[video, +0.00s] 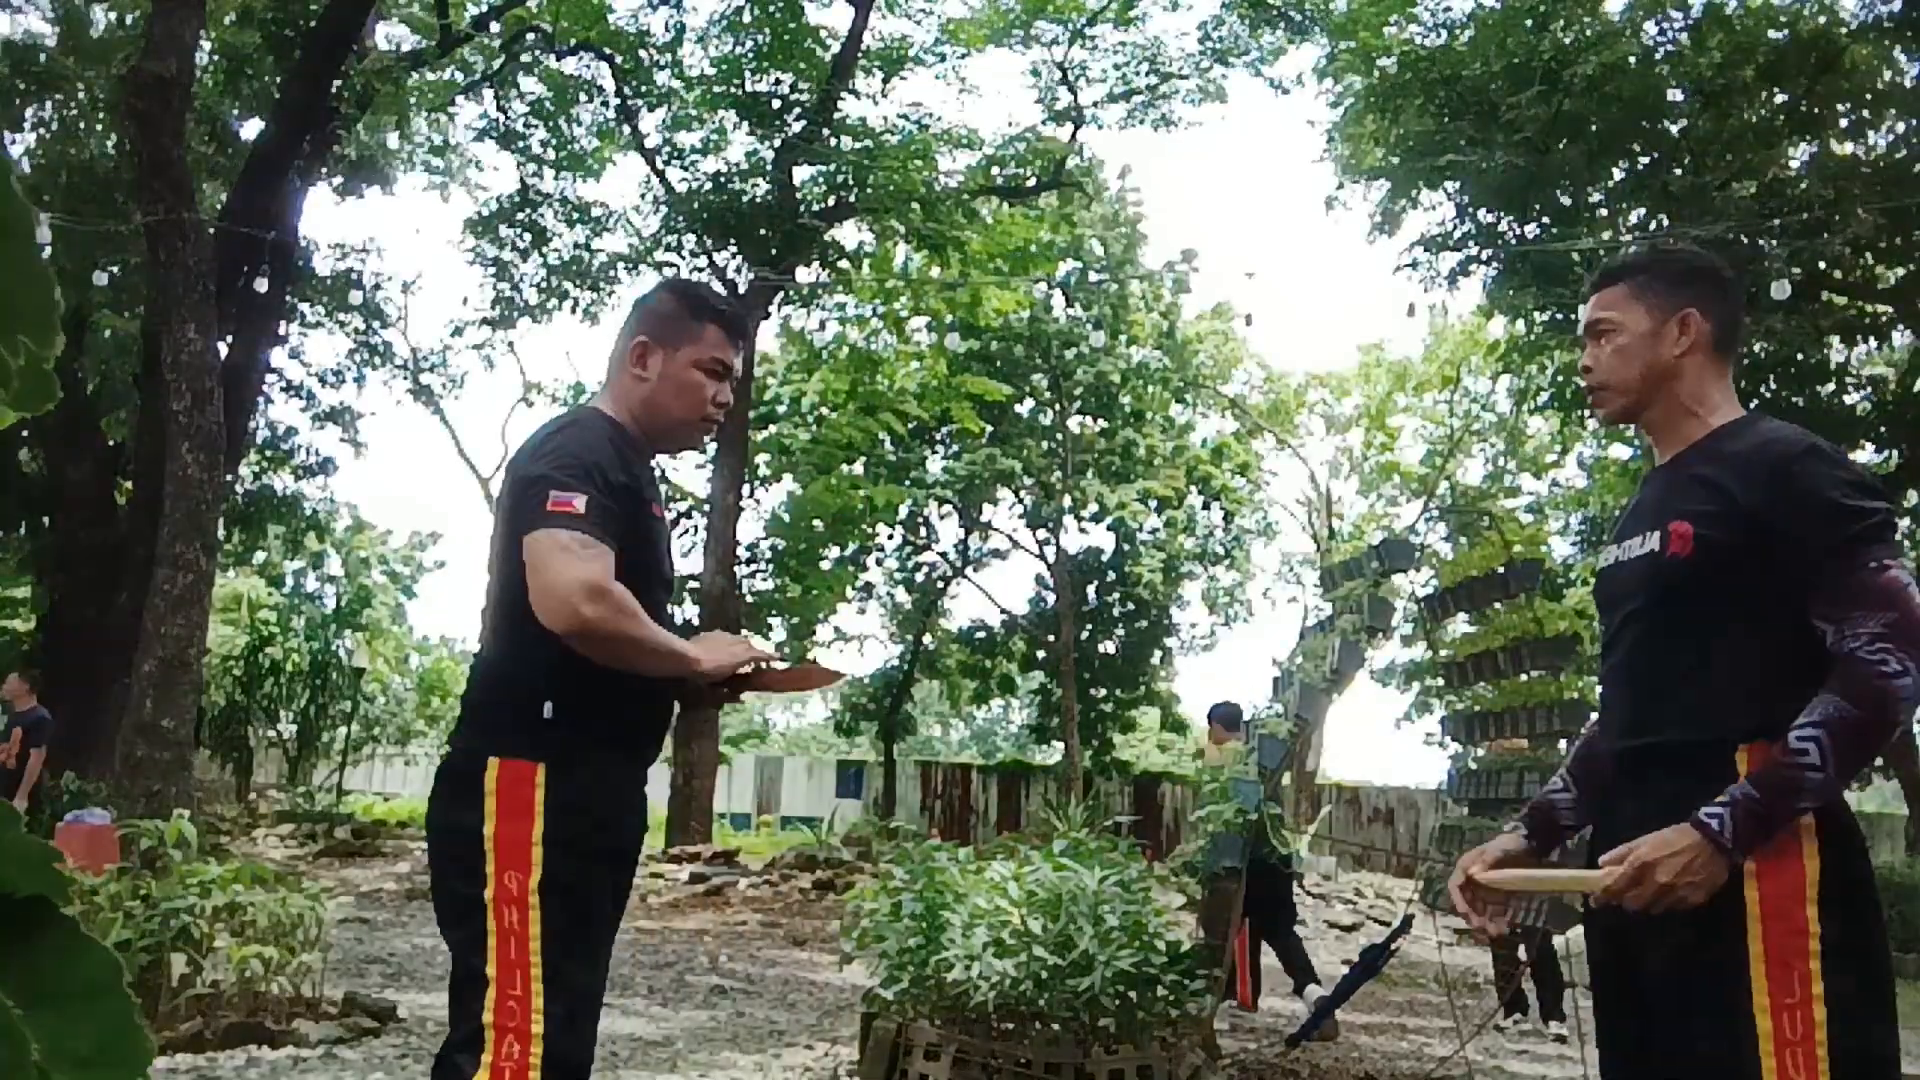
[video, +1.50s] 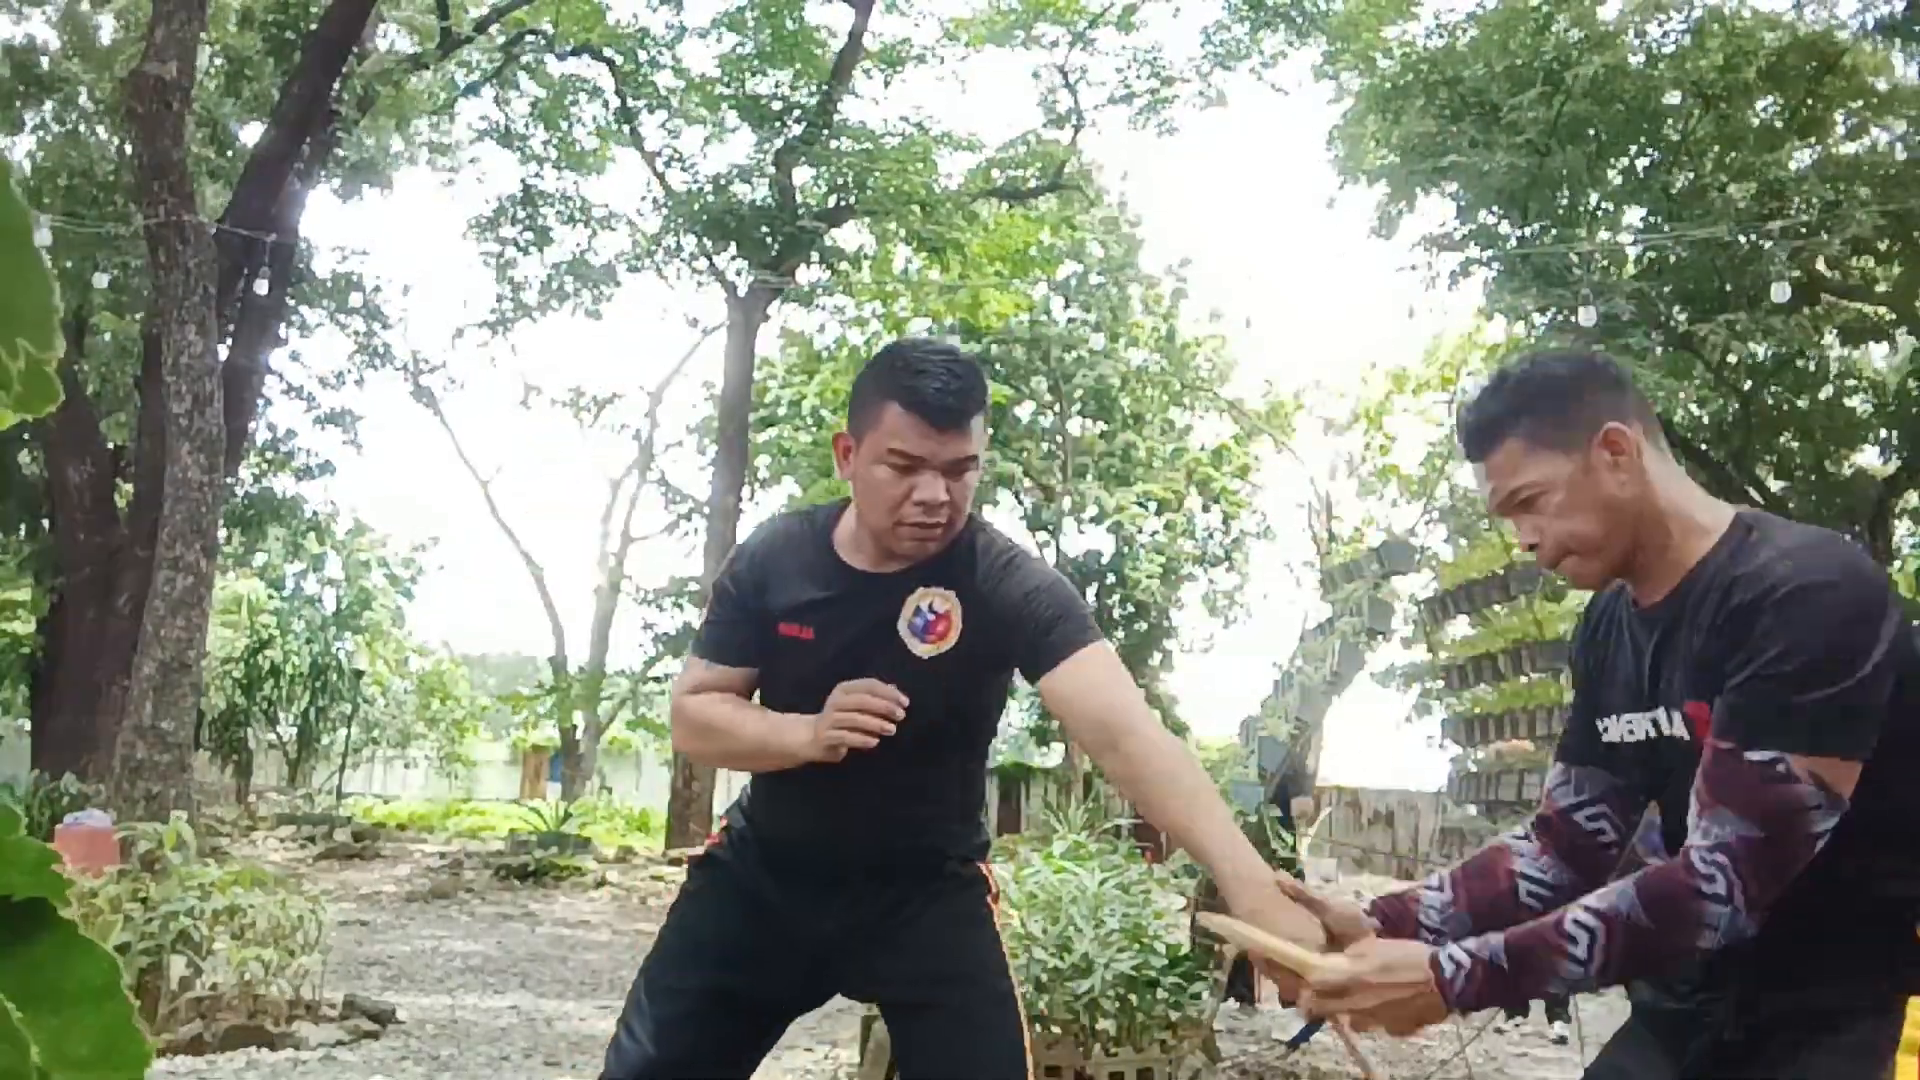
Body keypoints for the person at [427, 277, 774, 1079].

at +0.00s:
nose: (726, 399)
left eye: (731, 382)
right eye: (713, 372)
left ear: (650, 365)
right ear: (644, 358)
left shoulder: (625, 472)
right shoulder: (581, 446)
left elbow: (612, 633)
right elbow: (572, 600)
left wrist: (710, 671)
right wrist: (691, 656)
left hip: (581, 788)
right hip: (529, 786)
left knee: (552, 1046)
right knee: (516, 1050)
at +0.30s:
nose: (758, 409)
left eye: (765, 392)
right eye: (751, 383)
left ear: (684, 368)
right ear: (685, 364)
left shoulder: (593, 448)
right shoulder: (654, 458)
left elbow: (516, 614)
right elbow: (720, 641)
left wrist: (690, 667)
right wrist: (792, 680)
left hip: (570, 797)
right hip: (592, 806)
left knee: (585, 1051)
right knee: (589, 1059)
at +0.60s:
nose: (936, 434)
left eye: (942, 415)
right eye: (926, 405)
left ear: (854, 390)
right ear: (851, 383)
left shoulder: (832, 500)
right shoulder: (760, 487)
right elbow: (862, 674)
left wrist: (864, 703)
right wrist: (942, 637)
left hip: (801, 845)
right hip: (677, 847)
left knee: (910, 1068)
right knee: (611, 1070)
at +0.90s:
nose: (1108, 502)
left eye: (1118, 479)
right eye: (1087, 473)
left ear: (1120, 482)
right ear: (1002, 461)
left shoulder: (1106, 587)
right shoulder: (880, 555)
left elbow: (1283, 610)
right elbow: (848, 738)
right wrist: (1029, 721)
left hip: (956, 900)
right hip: (790, 890)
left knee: (1053, 1067)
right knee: (663, 1070)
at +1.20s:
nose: (1033, 466)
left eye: (1044, 441)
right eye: (1007, 437)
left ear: (1053, 443)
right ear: (926, 428)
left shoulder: (1042, 523)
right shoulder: (829, 565)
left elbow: (1166, 473)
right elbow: (836, 749)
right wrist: (1014, 687)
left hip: (992, 904)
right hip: (823, 903)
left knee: (1071, 1064)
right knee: (696, 1065)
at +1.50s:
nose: (936, 495)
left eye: (960, 468)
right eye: (907, 465)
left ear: (983, 458)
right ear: (848, 453)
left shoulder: (1008, 586)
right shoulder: (774, 560)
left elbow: (1128, 733)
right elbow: (691, 721)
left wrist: (1253, 887)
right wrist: (804, 735)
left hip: (927, 896)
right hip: (766, 879)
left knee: (982, 1067)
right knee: (647, 1062)